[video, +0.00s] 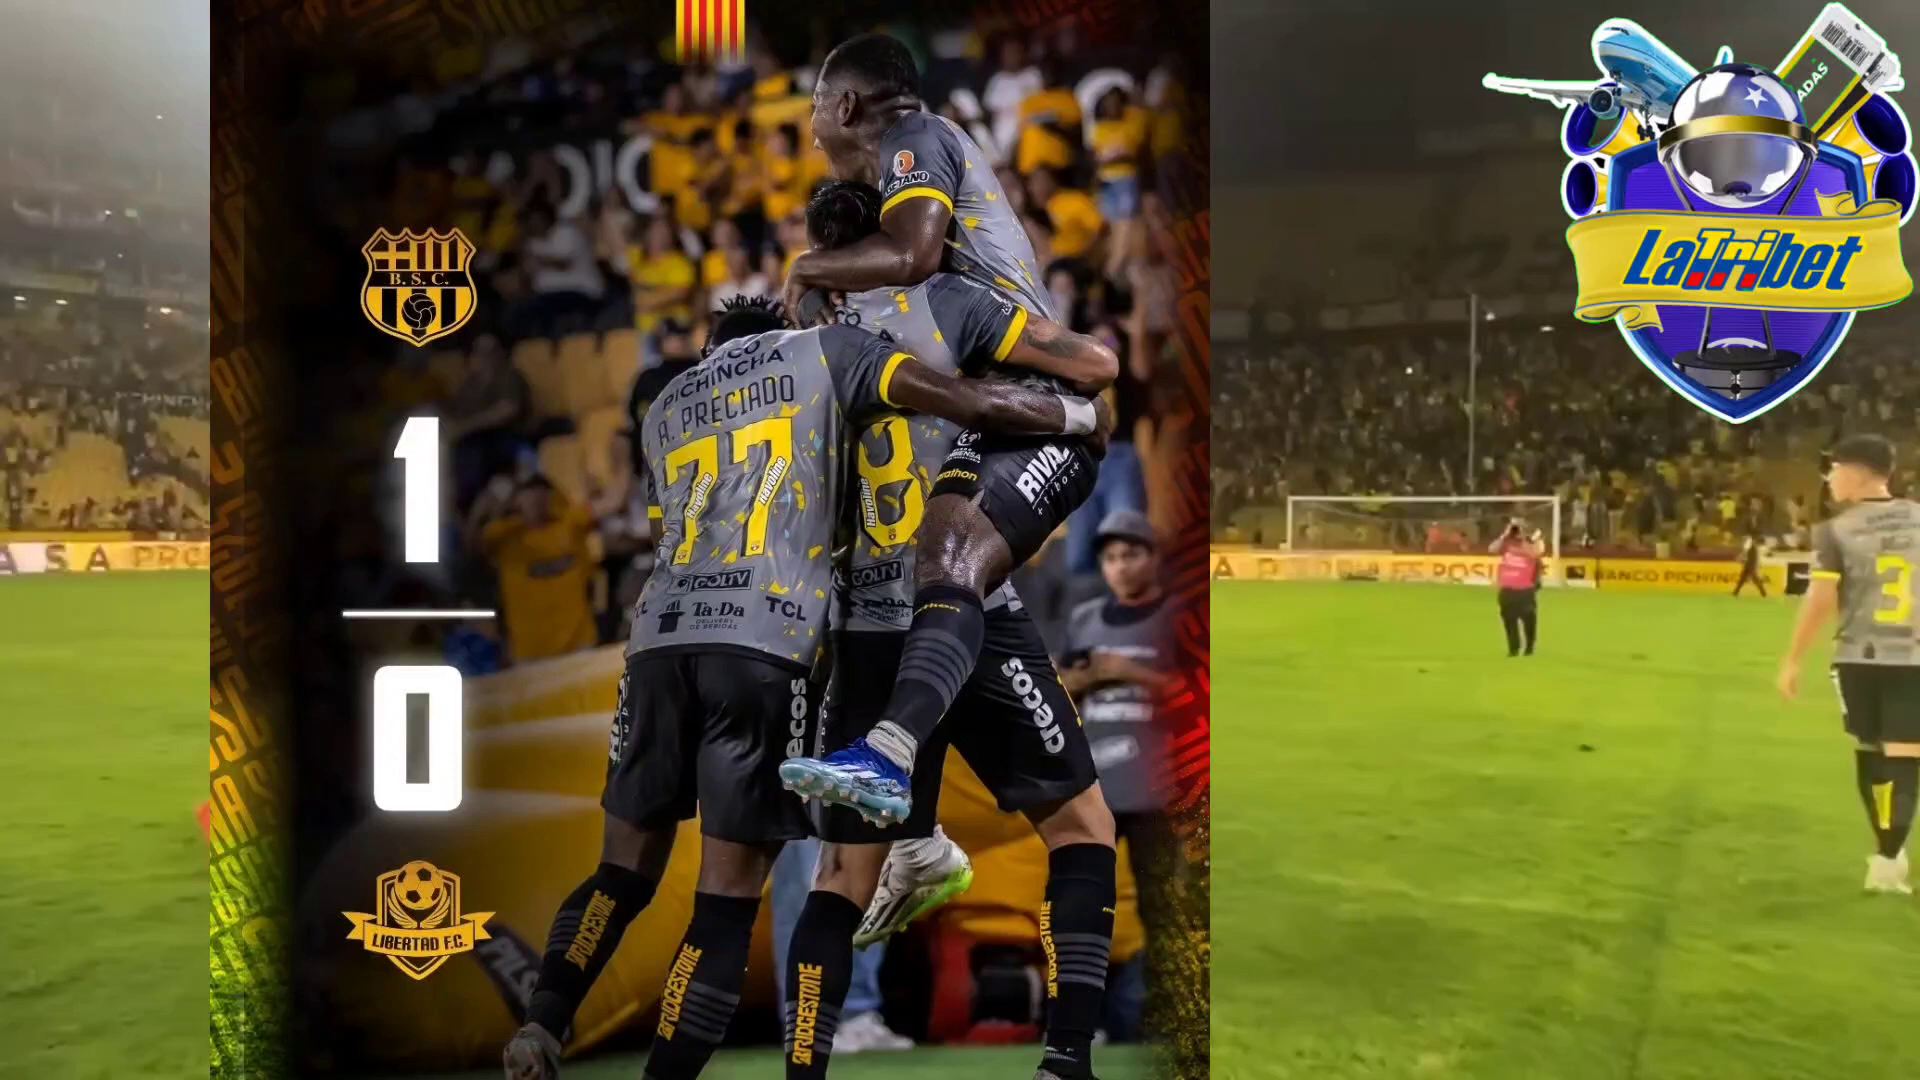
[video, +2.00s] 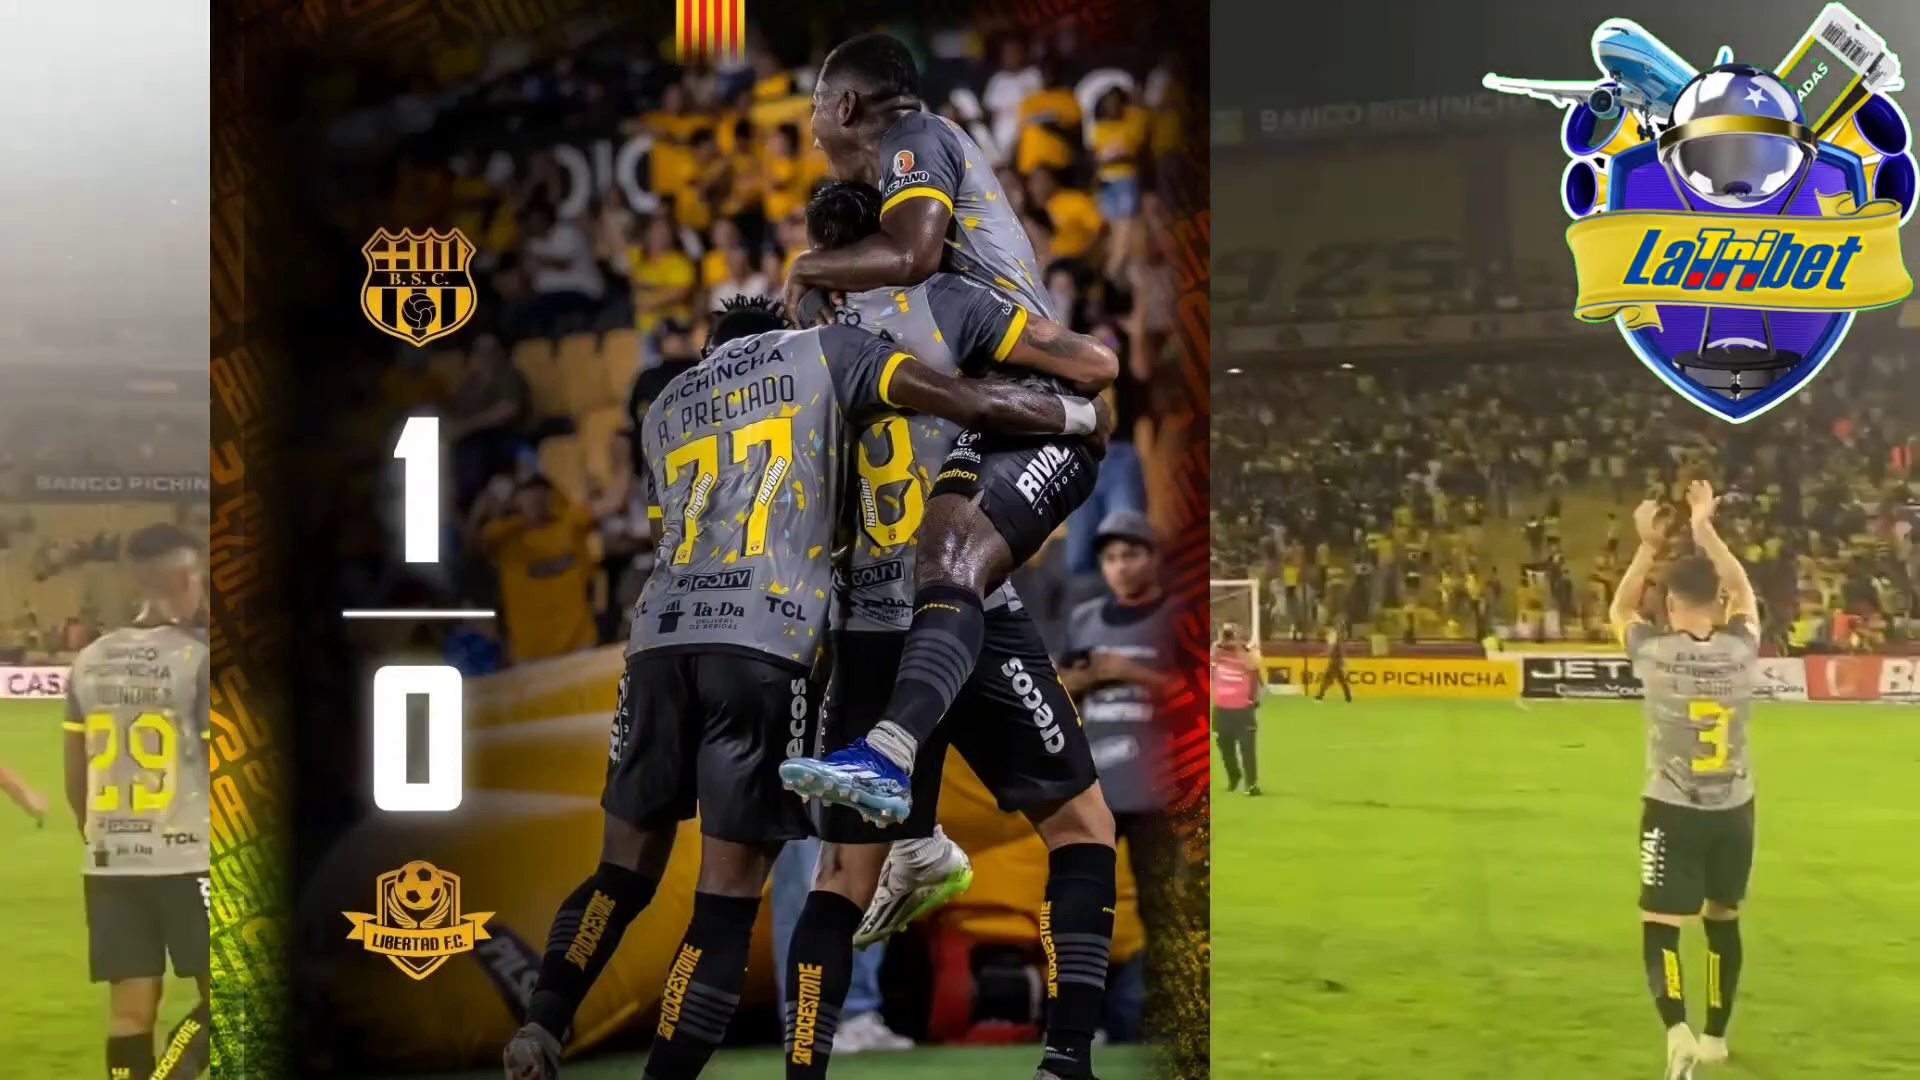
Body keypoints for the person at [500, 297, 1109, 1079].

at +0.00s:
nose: (821, 324)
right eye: (809, 318)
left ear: (708, 346)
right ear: (788, 324)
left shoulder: (661, 408)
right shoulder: (830, 347)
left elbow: (681, 519)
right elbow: (971, 400)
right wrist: (1088, 417)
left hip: (657, 648)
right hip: (762, 648)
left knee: (623, 867)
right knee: (727, 893)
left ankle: (543, 1026)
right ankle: (667, 1075)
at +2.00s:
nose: (820, 324)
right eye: (807, 318)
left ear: (708, 346)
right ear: (787, 324)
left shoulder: (660, 408)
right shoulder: (830, 348)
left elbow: (679, 520)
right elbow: (971, 400)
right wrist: (1089, 417)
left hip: (657, 648)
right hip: (761, 649)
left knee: (623, 867)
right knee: (726, 893)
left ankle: (543, 1026)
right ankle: (667, 1074)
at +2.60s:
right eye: (806, 318)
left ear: (707, 345)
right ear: (787, 325)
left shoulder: (660, 405)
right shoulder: (830, 348)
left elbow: (680, 516)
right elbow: (970, 400)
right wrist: (1088, 418)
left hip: (656, 648)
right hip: (761, 648)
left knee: (623, 867)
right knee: (726, 892)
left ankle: (542, 1027)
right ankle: (667, 1075)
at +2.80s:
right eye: (804, 317)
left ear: (708, 345)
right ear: (787, 323)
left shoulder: (661, 407)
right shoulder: (830, 348)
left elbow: (679, 519)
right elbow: (972, 400)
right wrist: (1089, 418)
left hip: (657, 648)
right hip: (761, 648)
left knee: (623, 867)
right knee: (727, 893)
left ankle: (543, 1026)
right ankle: (667, 1075)